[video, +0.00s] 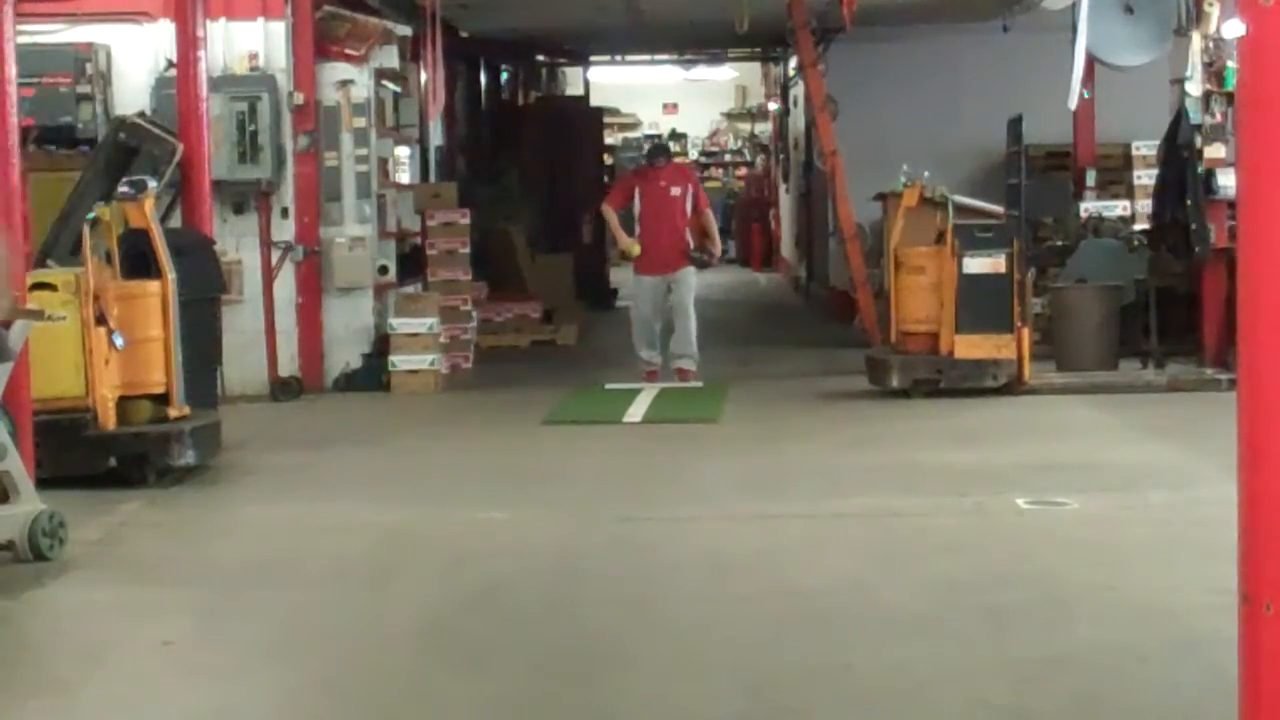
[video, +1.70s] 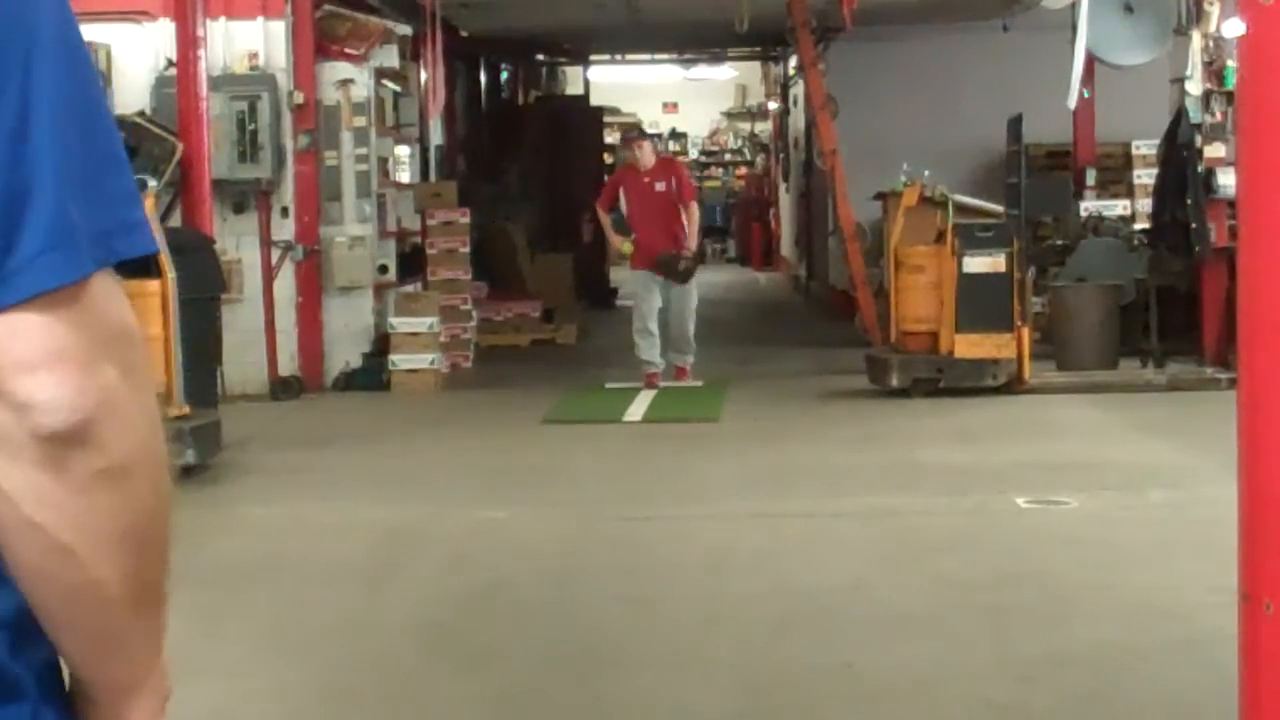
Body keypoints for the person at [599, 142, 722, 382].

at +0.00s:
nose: (657, 166)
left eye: (661, 160)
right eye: (652, 161)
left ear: (669, 156)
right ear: (645, 159)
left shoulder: (686, 176)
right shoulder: (635, 178)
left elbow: (704, 211)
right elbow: (608, 207)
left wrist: (715, 241)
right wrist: (622, 238)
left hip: (681, 261)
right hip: (647, 263)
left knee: (684, 311)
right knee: (645, 315)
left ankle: (685, 364)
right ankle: (650, 364)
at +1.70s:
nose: (638, 154)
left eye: (641, 147)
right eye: (632, 149)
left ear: (651, 146)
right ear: (626, 152)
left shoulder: (673, 169)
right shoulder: (622, 176)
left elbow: (691, 206)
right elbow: (601, 206)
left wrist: (691, 245)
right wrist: (613, 237)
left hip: (677, 256)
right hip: (644, 259)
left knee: (682, 315)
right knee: (645, 315)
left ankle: (683, 364)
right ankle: (650, 367)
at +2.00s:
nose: (639, 147)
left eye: (643, 141)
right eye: (633, 142)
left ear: (653, 141)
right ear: (627, 146)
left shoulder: (671, 168)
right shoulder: (622, 172)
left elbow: (671, 209)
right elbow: (607, 201)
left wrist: (639, 235)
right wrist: (614, 224)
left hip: (676, 256)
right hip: (642, 257)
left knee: (682, 312)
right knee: (643, 316)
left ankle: (683, 363)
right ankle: (651, 368)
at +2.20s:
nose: (638, 146)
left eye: (643, 140)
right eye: (633, 141)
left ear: (653, 141)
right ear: (627, 145)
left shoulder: (668, 169)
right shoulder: (623, 170)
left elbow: (662, 213)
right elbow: (606, 193)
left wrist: (632, 229)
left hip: (674, 255)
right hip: (641, 255)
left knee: (681, 312)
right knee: (643, 315)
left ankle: (683, 361)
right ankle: (651, 367)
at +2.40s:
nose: (638, 147)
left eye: (642, 141)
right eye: (633, 142)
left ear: (653, 142)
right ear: (628, 145)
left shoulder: (668, 170)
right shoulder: (625, 170)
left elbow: (663, 213)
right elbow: (627, 203)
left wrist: (631, 230)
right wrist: (625, 225)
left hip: (674, 253)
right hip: (642, 252)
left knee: (680, 311)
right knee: (643, 314)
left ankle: (683, 361)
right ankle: (651, 366)